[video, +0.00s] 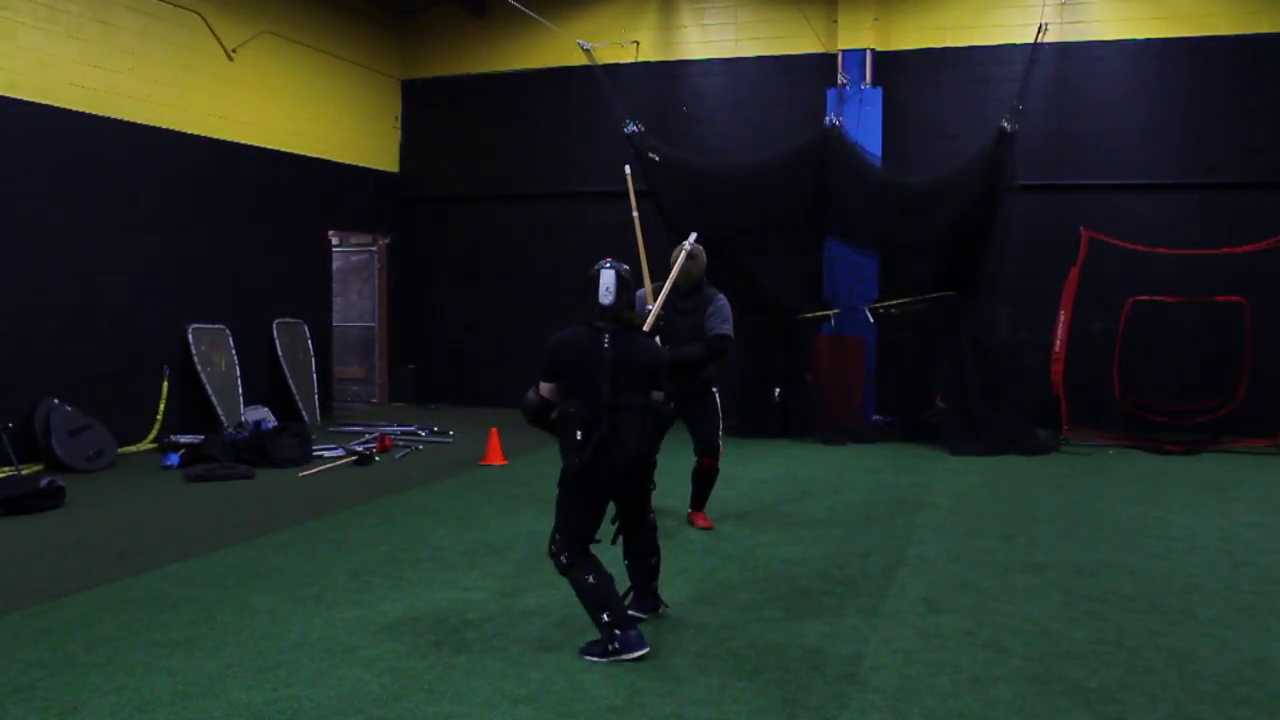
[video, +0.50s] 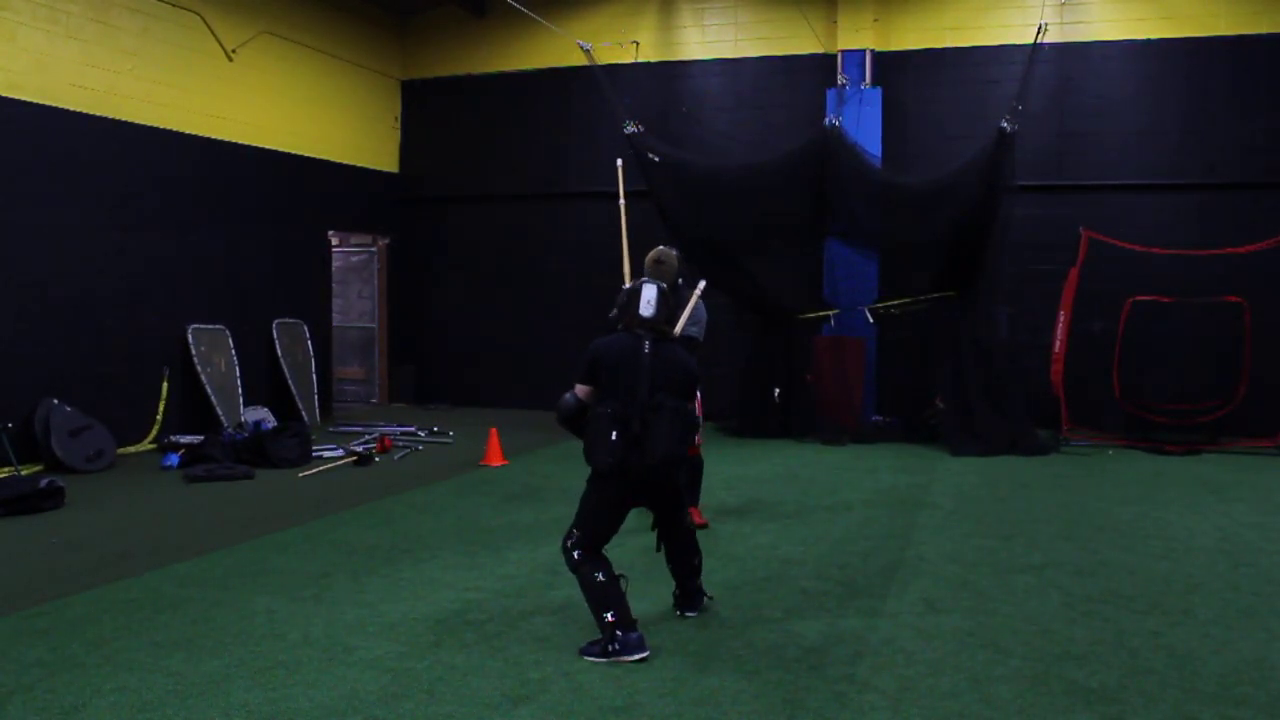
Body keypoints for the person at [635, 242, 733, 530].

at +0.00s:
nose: (683, 271)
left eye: (690, 266)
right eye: (679, 265)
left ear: (702, 270)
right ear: (671, 266)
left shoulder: (715, 302)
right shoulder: (650, 298)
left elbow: (720, 343)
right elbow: (634, 338)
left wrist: (675, 357)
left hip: (699, 386)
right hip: (659, 386)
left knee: (710, 450)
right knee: (642, 447)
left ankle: (697, 509)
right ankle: (639, 506)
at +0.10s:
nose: (677, 281)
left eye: (684, 275)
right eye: (674, 274)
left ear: (695, 277)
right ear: (667, 274)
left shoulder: (709, 306)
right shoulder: (651, 301)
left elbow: (714, 348)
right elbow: (634, 338)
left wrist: (670, 358)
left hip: (695, 389)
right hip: (656, 389)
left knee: (708, 450)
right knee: (640, 447)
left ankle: (697, 509)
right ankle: (632, 498)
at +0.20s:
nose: (674, 288)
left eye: (679, 283)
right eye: (669, 282)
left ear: (689, 284)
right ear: (661, 283)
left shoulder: (703, 313)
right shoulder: (647, 307)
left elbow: (697, 357)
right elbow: (631, 347)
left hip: (692, 394)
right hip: (652, 392)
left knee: (704, 449)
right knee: (640, 445)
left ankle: (696, 509)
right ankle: (633, 494)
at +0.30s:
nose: (665, 286)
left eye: (671, 280)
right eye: (661, 280)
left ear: (681, 282)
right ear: (652, 283)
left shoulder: (696, 312)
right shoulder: (644, 308)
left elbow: (688, 355)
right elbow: (627, 350)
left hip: (688, 392)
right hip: (650, 391)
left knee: (698, 447)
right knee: (643, 446)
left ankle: (696, 509)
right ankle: (635, 494)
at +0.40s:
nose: (659, 276)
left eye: (665, 270)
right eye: (655, 270)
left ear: (678, 276)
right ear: (648, 275)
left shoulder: (694, 307)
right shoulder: (642, 302)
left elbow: (683, 354)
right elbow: (629, 339)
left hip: (685, 386)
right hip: (646, 386)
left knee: (694, 445)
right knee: (649, 447)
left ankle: (696, 508)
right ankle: (653, 507)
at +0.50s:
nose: (659, 277)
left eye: (664, 272)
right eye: (655, 272)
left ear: (674, 274)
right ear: (650, 273)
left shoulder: (691, 302)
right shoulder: (633, 295)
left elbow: (690, 341)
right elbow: (616, 329)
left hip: (682, 382)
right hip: (643, 380)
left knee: (689, 441)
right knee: (643, 439)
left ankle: (691, 504)